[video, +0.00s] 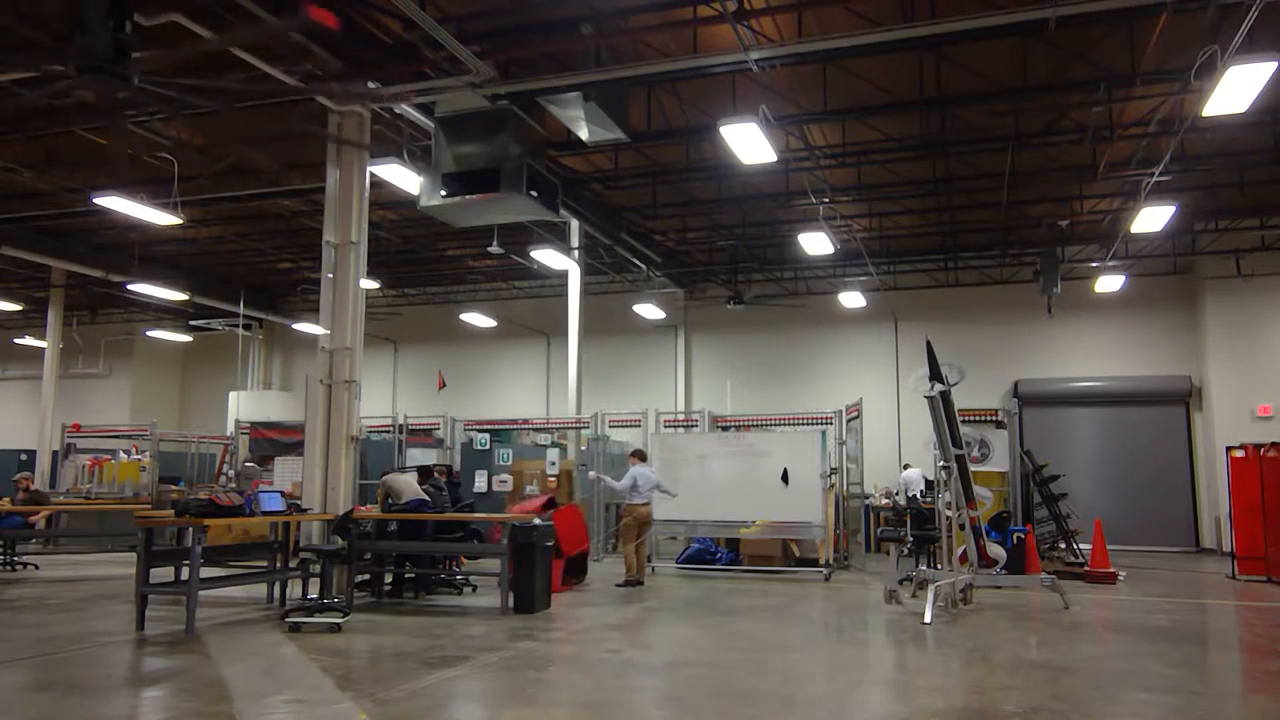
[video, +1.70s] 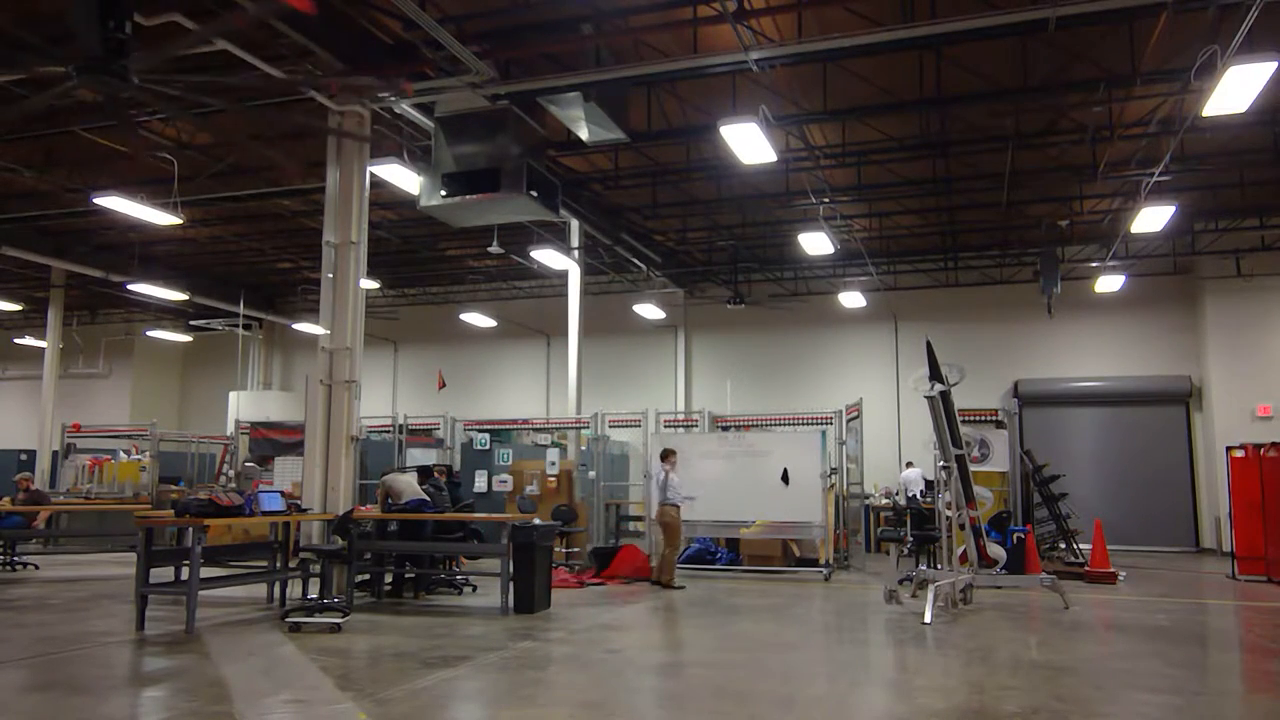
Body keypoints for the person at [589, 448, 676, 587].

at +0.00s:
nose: (629, 462)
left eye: (630, 459)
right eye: (629, 459)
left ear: (635, 459)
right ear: (642, 459)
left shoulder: (633, 471)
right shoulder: (651, 472)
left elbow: (620, 487)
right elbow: (660, 487)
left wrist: (603, 477)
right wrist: (672, 494)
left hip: (633, 507)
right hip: (647, 507)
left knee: (628, 543)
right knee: (641, 543)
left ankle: (630, 577)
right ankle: (640, 576)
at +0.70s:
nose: (631, 462)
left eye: (632, 460)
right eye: (632, 460)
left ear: (634, 460)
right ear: (645, 459)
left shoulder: (633, 473)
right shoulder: (654, 470)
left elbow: (625, 494)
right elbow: (671, 483)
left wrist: (607, 492)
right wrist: (686, 480)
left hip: (641, 508)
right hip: (655, 506)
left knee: (644, 544)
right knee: (649, 542)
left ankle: (646, 579)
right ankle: (648, 572)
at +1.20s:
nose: (652, 460)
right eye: (652, 458)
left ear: (640, 459)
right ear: (653, 459)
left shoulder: (634, 474)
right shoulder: (655, 470)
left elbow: (629, 496)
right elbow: (671, 483)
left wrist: (620, 494)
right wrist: (687, 475)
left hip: (644, 508)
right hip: (659, 506)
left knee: (648, 545)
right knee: (667, 545)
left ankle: (646, 580)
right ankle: (669, 579)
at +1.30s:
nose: (656, 461)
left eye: (656, 459)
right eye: (656, 459)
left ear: (643, 459)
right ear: (654, 459)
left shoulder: (636, 475)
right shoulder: (655, 470)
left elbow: (631, 498)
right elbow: (670, 483)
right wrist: (685, 473)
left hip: (646, 508)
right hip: (661, 507)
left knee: (649, 545)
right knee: (668, 545)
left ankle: (646, 579)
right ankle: (668, 579)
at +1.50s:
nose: (667, 460)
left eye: (667, 457)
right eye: (666, 457)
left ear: (654, 459)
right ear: (661, 458)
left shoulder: (649, 473)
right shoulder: (660, 468)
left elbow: (647, 494)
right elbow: (668, 484)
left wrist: (648, 508)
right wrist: (677, 472)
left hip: (654, 507)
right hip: (667, 507)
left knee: (653, 547)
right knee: (672, 547)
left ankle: (646, 579)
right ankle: (669, 579)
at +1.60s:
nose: (671, 460)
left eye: (671, 458)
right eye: (670, 458)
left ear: (659, 459)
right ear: (665, 458)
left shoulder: (658, 470)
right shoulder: (663, 470)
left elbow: (660, 488)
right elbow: (664, 486)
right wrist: (671, 474)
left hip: (660, 507)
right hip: (669, 507)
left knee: (659, 547)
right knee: (672, 546)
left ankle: (649, 578)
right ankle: (669, 579)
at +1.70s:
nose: (675, 461)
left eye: (675, 458)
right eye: (673, 458)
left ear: (672, 460)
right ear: (666, 459)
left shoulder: (672, 475)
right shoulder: (662, 474)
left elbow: (674, 493)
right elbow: (662, 488)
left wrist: (687, 497)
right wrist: (666, 474)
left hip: (674, 507)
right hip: (667, 507)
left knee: (670, 545)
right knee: (672, 546)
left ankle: (658, 576)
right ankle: (667, 579)